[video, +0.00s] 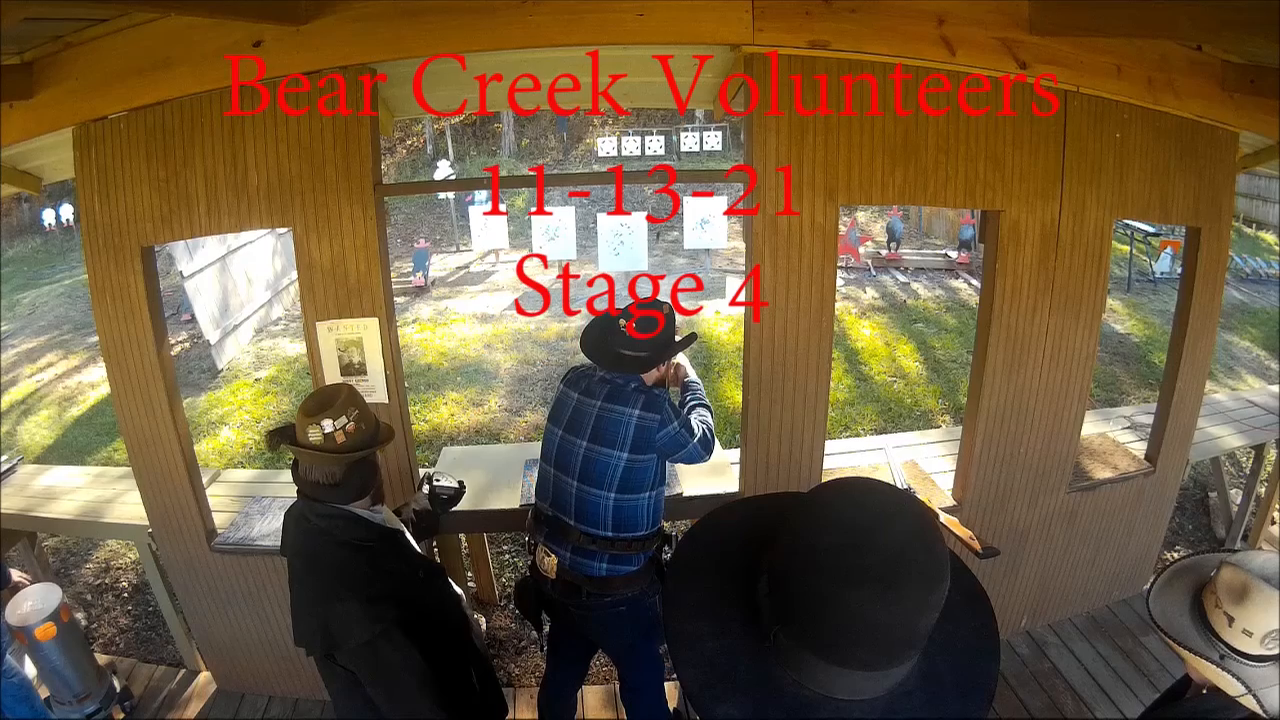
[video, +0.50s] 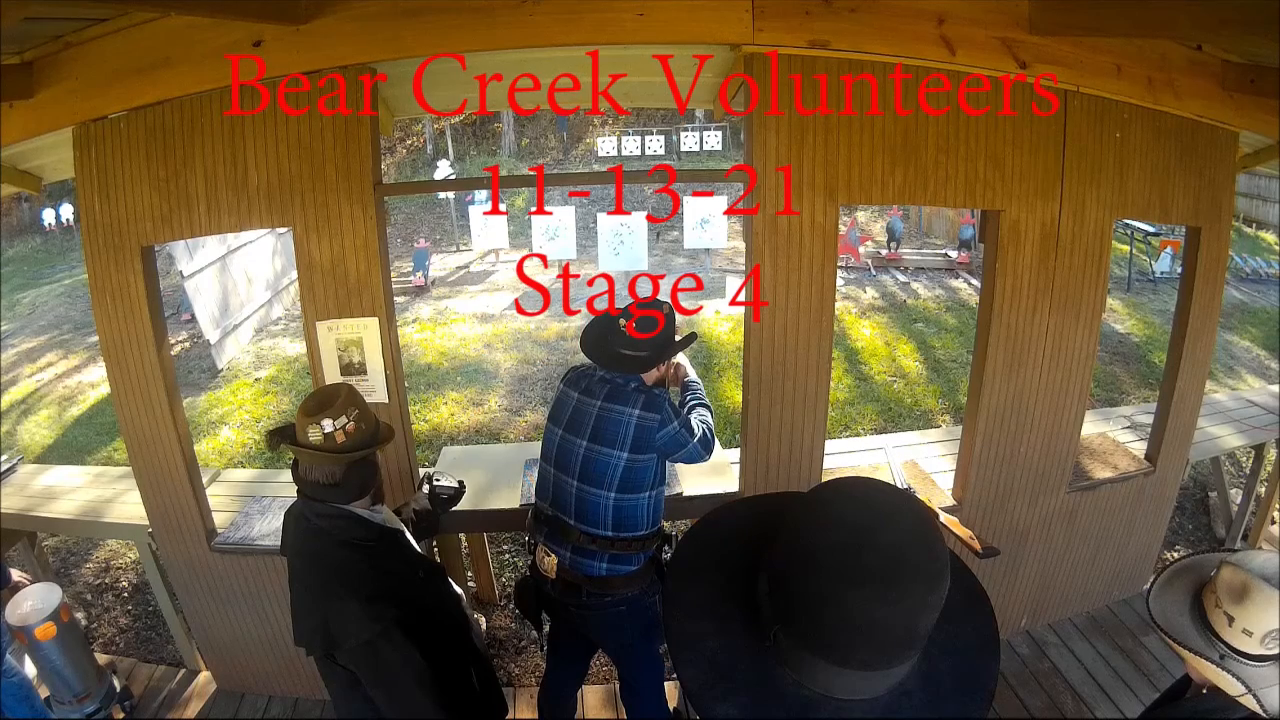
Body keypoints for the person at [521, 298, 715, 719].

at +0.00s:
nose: (669, 360)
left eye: (668, 353)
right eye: (666, 354)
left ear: (608, 350)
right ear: (651, 365)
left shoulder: (572, 383)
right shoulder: (653, 412)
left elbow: (616, 393)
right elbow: (701, 445)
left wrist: (651, 378)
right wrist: (691, 380)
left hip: (555, 576)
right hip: (618, 590)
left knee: (559, 682)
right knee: (644, 686)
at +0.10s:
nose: (669, 360)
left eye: (668, 354)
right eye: (666, 354)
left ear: (608, 350)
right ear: (651, 365)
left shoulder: (572, 383)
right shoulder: (653, 412)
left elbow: (616, 393)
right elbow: (701, 445)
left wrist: (651, 379)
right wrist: (691, 380)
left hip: (555, 577)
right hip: (618, 590)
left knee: (559, 682)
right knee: (644, 686)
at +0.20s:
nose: (669, 360)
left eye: (668, 354)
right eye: (666, 354)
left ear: (608, 350)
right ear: (651, 365)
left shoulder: (571, 382)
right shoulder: (653, 412)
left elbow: (616, 394)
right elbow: (701, 445)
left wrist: (651, 379)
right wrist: (691, 380)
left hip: (555, 576)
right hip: (618, 590)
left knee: (559, 682)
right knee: (644, 686)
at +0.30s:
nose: (669, 360)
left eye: (668, 354)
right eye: (666, 354)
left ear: (607, 349)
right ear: (652, 364)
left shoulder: (571, 383)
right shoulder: (653, 412)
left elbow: (616, 393)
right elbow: (701, 444)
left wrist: (652, 379)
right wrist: (691, 380)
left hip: (556, 576)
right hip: (619, 589)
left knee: (559, 682)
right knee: (644, 687)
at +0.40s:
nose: (669, 360)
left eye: (668, 353)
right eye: (666, 354)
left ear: (608, 350)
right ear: (651, 365)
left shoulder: (571, 382)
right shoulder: (653, 412)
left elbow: (616, 394)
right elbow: (701, 445)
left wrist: (651, 379)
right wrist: (691, 380)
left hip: (556, 578)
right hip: (618, 591)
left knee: (559, 683)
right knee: (644, 688)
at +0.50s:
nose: (668, 360)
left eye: (667, 353)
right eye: (666, 353)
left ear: (607, 349)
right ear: (652, 364)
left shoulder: (571, 383)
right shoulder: (653, 412)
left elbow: (615, 395)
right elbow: (701, 445)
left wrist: (650, 379)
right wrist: (691, 380)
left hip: (556, 577)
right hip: (618, 590)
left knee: (558, 684)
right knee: (644, 688)